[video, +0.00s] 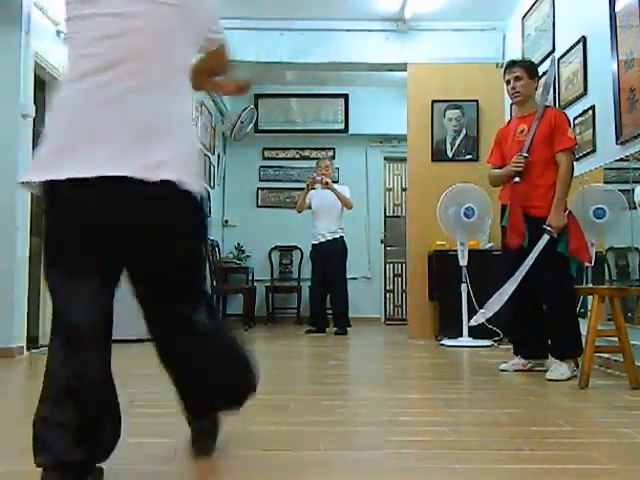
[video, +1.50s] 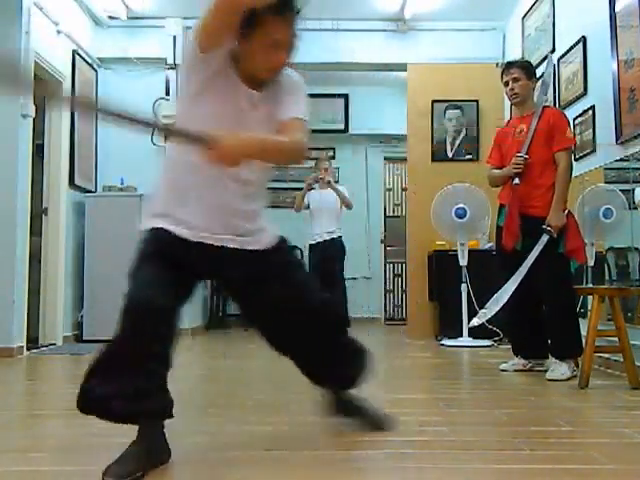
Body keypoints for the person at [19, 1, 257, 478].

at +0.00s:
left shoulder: (79, 7)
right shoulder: (193, 6)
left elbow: (102, 64)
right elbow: (216, 61)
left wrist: (210, 80)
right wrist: (189, 79)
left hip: (74, 167)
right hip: (160, 168)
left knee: (77, 324)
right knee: (177, 308)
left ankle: (67, 460)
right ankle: (204, 405)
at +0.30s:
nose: (166, 14)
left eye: (170, 7)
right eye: (164, 9)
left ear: (194, 2)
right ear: (173, 9)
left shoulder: (230, 16)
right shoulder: (183, 34)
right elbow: (134, 8)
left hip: (270, 176)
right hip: (220, 191)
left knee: (237, 291)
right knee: (178, 297)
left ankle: (308, 393)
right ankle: (186, 419)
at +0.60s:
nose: (316, 49)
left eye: (326, 40)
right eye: (308, 39)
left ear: (341, 43)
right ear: (293, 40)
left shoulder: (365, 93)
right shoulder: (271, 88)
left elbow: (424, 131)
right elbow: (204, 109)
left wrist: (493, 116)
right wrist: (227, 39)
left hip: (345, 232)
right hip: (279, 229)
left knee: (382, 311)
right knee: (243, 304)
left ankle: (389, 400)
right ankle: (218, 405)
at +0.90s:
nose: (412, 150)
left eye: (419, 141)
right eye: (404, 140)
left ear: (424, 140)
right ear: (375, 133)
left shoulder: (388, 172)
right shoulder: (354, 175)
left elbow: (408, 236)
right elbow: (418, 241)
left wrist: (431, 199)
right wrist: (496, 254)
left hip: (364, 273)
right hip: (322, 284)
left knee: (409, 307)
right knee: (354, 354)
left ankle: (396, 402)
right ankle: (345, 388)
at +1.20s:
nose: (408, 98)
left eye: (411, 89)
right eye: (401, 86)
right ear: (366, 81)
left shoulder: (388, 141)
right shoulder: (322, 128)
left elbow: (430, 196)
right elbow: (346, 209)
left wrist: (482, 150)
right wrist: (401, 158)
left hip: (347, 252)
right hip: (296, 256)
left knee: (387, 319)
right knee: (321, 341)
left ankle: (393, 404)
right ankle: (324, 390)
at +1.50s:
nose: (279, 56)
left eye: (286, 46)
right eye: (270, 44)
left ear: (291, 45)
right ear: (240, 37)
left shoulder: (288, 85)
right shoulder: (205, 64)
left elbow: (296, 146)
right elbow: (226, 9)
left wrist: (250, 146)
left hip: (247, 234)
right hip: (177, 225)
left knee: (310, 315)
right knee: (144, 313)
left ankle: (341, 395)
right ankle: (150, 434)